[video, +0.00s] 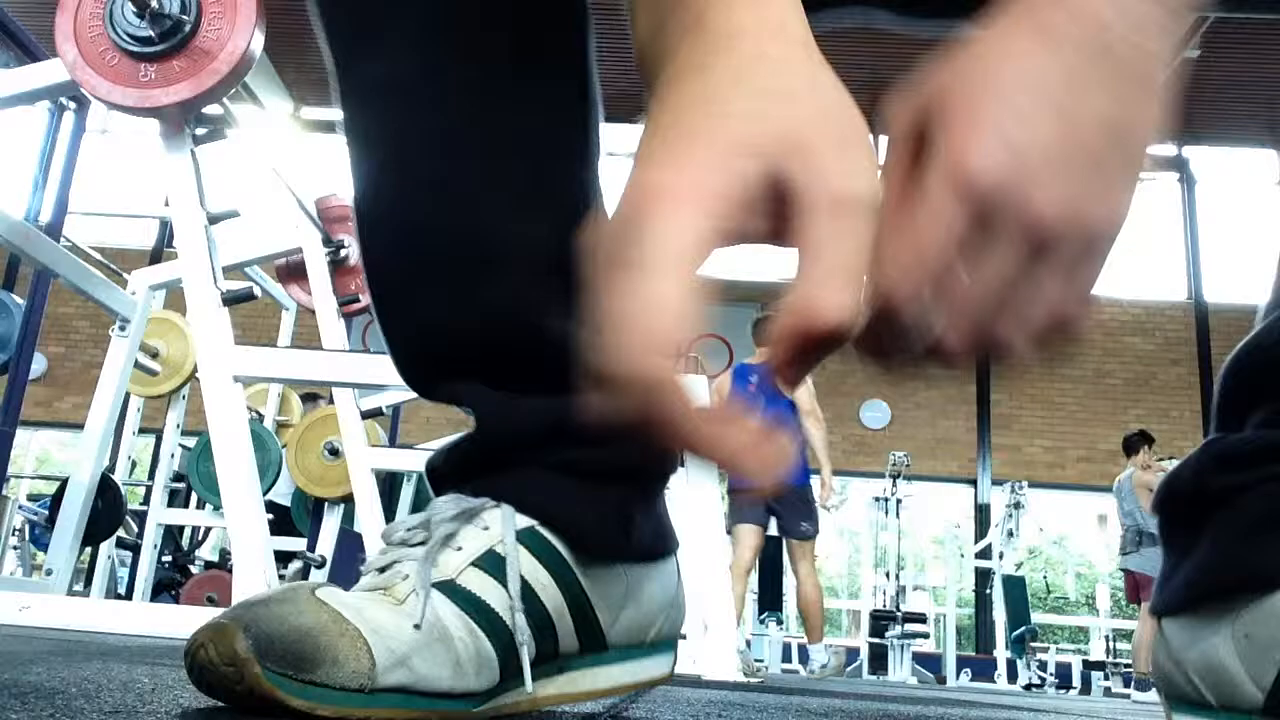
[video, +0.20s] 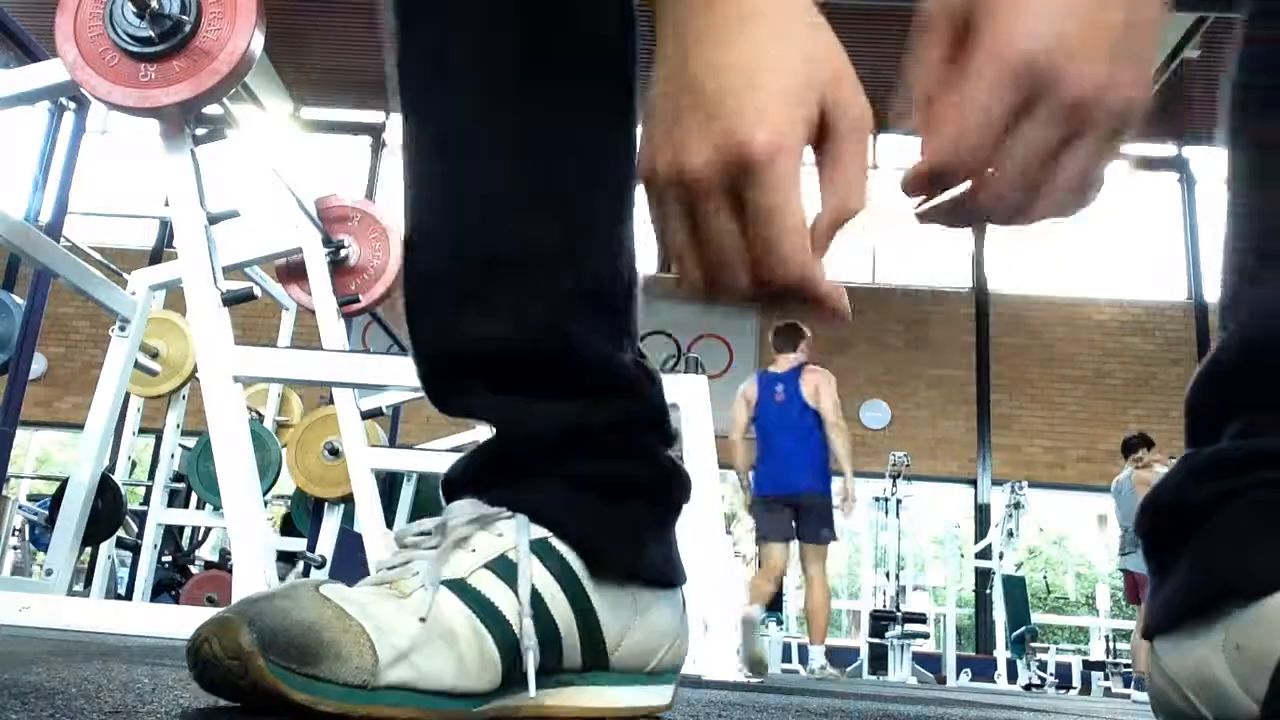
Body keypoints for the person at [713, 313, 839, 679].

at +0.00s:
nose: (791, 344)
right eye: (787, 336)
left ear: (754, 338)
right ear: (782, 338)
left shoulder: (729, 378)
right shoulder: (794, 373)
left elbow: (714, 428)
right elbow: (812, 419)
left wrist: (725, 463)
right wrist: (826, 472)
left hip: (744, 482)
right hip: (791, 483)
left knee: (741, 564)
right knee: (805, 568)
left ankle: (728, 646)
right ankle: (818, 657)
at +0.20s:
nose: (811, 349)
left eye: (809, 344)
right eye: (809, 344)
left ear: (774, 348)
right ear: (802, 346)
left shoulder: (751, 386)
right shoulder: (819, 378)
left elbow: (737, 443)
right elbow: (835, 426)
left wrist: (746, 482)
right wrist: (848, 475)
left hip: (769, 488)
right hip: (812, 489)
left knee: (771, 567)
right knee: (815, 572)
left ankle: (751, 612)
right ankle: (817, 659)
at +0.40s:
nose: (818, 359)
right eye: (818, 353)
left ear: (786, 356)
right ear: (817, 354)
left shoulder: (766, 390)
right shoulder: (838, 386)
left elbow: (751, 439)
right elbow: (863, 432)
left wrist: (749, 490)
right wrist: (869, 482)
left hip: (782, 492)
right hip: (824, 491)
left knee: (785, 565)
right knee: (821, 570)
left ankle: (792, 634)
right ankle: (818, 655)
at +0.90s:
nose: (772, 392)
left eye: (773, 386)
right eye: (771, 387)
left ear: (784, 384)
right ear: (803, 384)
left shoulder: (772, 416)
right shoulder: (832, 418)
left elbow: (756, 464)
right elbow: (842, 469)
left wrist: (751, 505)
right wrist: (841, 509)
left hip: (781, 513)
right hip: (817, 513)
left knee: (790, 584)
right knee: (814, 577)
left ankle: (800, 660)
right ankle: (827, 629)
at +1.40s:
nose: (755, 406)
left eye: (759, 400)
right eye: (756, 400)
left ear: (774, 402)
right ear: (780, 404)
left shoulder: (769, 430)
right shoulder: (799, 436)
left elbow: (760, 474)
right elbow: (801, 484)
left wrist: (743, 513)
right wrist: (793, 513)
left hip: (768, 516)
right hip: (790, 518)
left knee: (755, 581)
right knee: (777, 583)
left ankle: (790, 631)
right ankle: (786, 656)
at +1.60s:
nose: (742, 407)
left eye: (746, 402)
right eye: (743, 402)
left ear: (763, 405)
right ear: (766, 408)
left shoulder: (762, 432)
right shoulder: (780, 435)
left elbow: (760, 474)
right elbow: (777, 482)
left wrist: (746, 511)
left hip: (757, 518)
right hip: (776, 520)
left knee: (730, 574)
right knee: (772, 583)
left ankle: (751, 638)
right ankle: (781, 653)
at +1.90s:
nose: (712, 412)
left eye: (716, 407)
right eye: (713, 408)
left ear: (732, 411)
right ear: (732, 412)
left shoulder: (736, 439)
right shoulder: (735, 439)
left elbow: (735, 479)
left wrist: (720, 512)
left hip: (733, 523)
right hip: (737, 523)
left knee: (741, 587)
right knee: (743, 588)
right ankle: (775, 645)